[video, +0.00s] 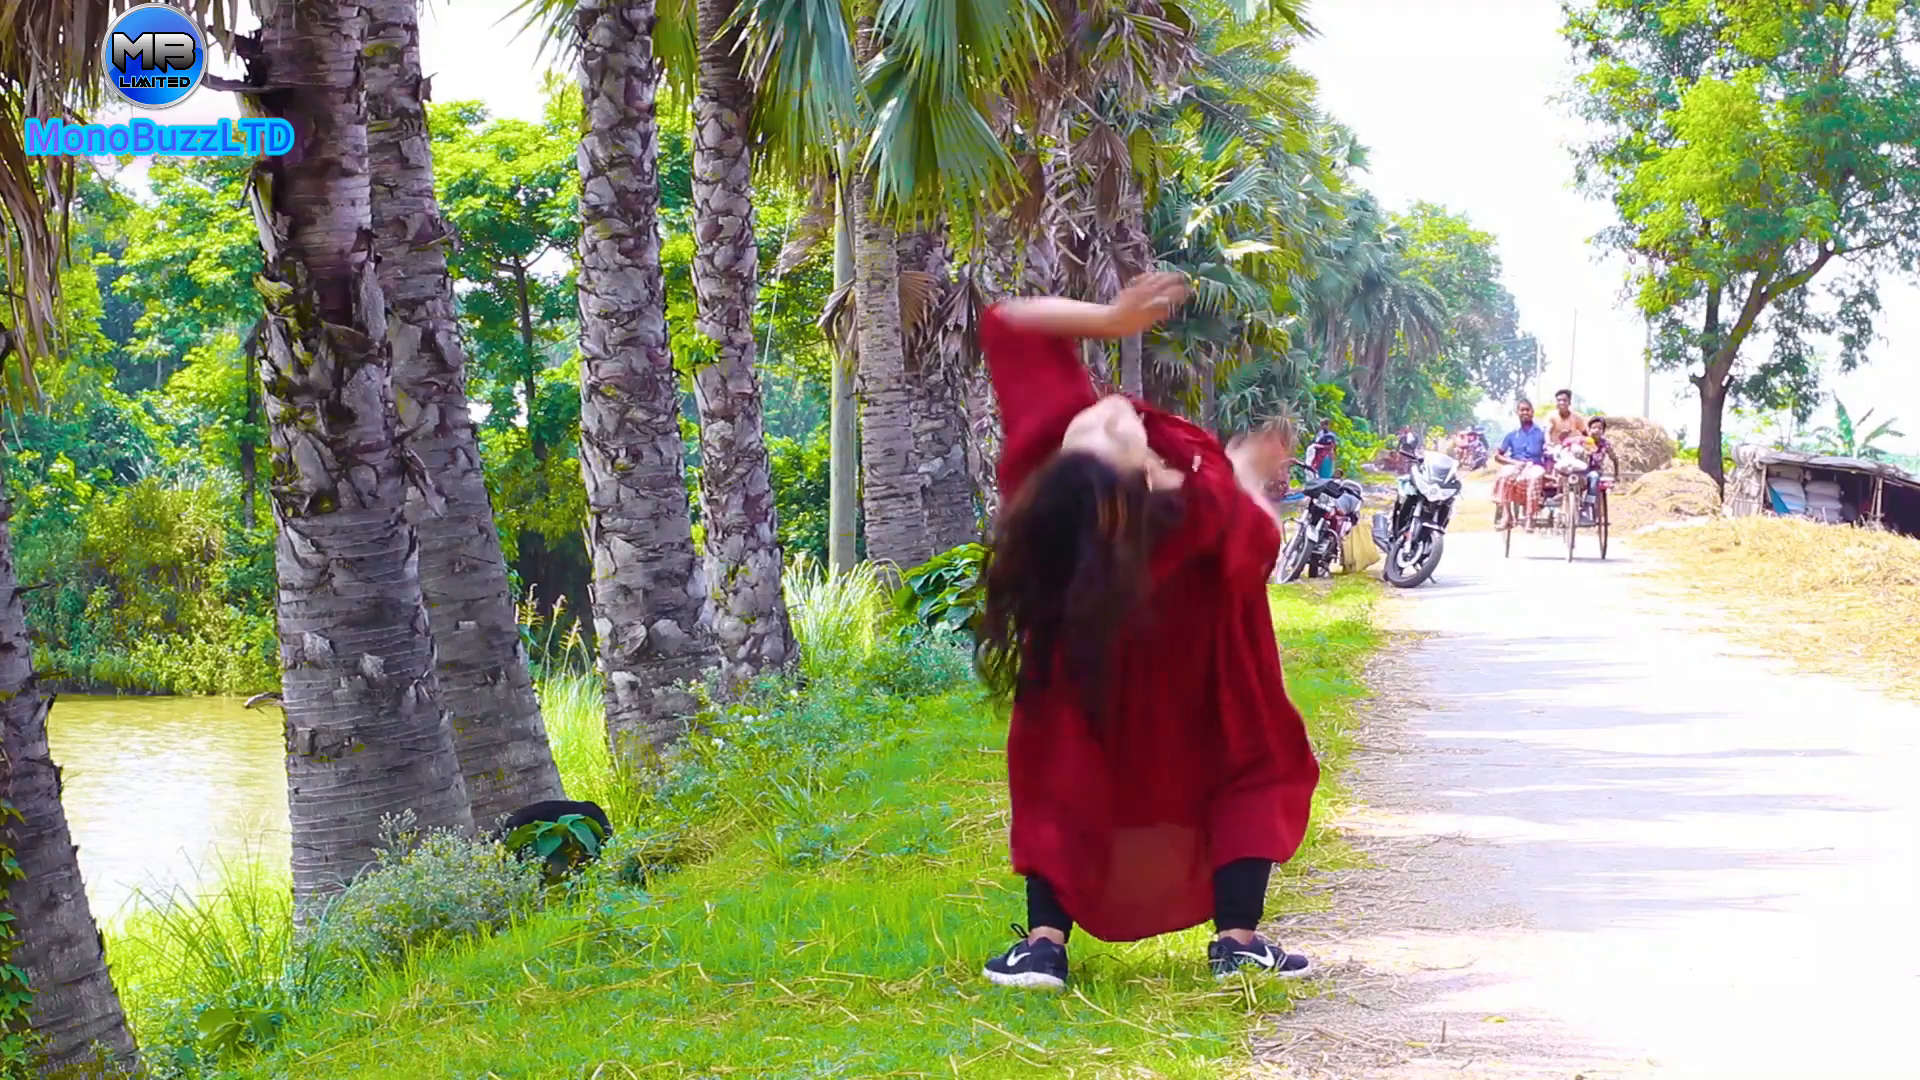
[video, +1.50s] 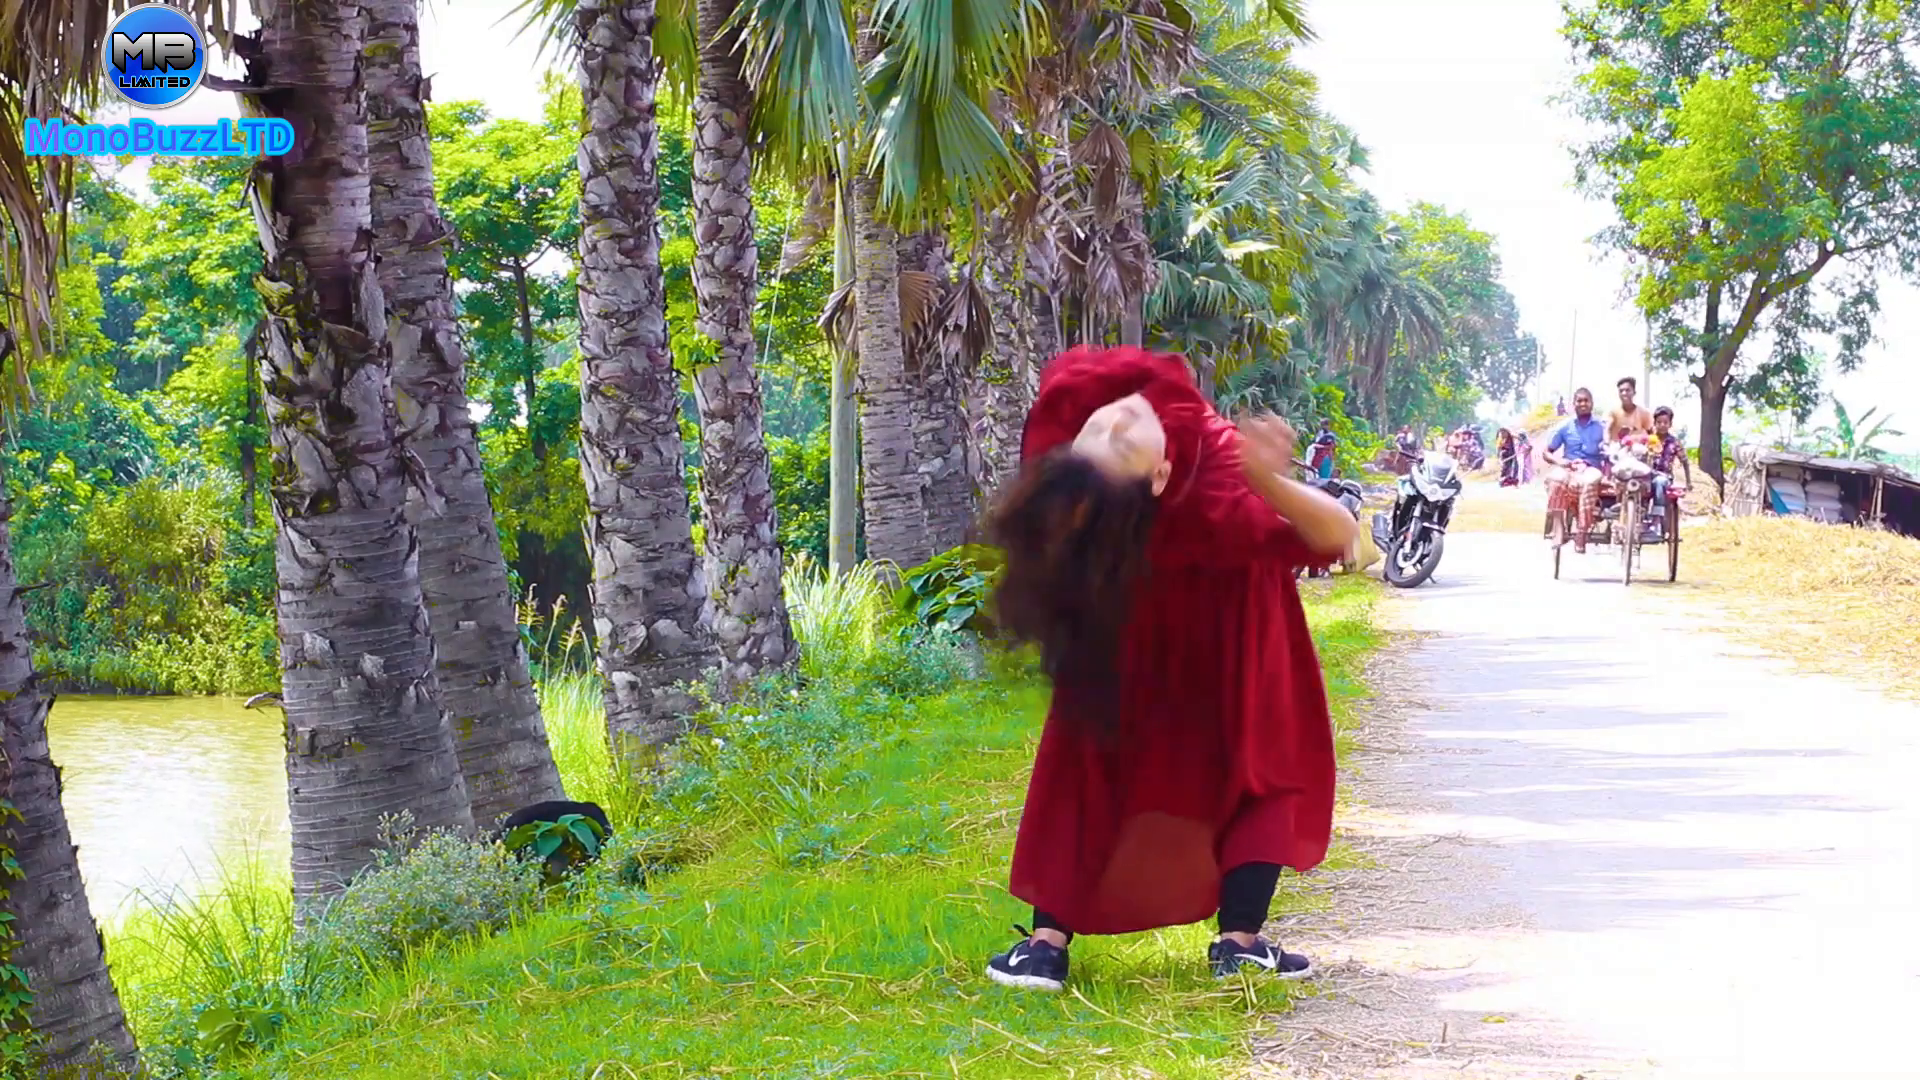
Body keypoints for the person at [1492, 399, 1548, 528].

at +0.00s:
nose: (1525, 413)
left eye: (1527, 410)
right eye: (1522, 410)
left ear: (1532, 412)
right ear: (1517, 413)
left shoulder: (1540, 434)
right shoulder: (1512, 435)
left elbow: (1547, 455)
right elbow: (1498, 455)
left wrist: (1548, 472)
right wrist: (1514, 462)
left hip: (1534, 464)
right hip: (1516, 463)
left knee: (1535, 477)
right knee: (1503, 476)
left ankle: (1529, 517)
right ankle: (1506, 515)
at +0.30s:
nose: (1538, 412)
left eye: (1541, 408)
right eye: (1535, 409)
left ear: (1546, 411)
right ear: (1531, 412)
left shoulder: (1553, 433)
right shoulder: (1525, 434)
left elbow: (1561, 456)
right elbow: (1509, 455)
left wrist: (1561, 474)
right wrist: (1526, 460)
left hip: (1546, 466)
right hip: (1527, 465)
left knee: (1547, 478)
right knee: (1514, 477)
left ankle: (1541, 520)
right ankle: (1516, 517)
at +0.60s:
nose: (1550, 410)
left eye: (1554, 407)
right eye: (1547, 407)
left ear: (1559, 409)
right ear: (1543, 409)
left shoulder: (1566, 431)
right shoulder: (1536, 430)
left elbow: (1573, 453)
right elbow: (1520, 455)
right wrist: (1537, 461)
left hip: (1558, 464)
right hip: (1538, 463)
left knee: (1559, 480)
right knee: (1524, 480)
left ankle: (1552, 522)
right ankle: (1529, 522)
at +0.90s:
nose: (1562, 408)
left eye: (1566, 404)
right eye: (1559, 405)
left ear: (1571, 407)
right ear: (1554, 407)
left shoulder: (1579, 429)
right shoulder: (1547, 429)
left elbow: (1585, 450)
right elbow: (1528, 453)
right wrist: (1546, 459)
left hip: (1571, 465)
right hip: (1549, 464)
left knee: (1570, 481)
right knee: (1534, 479)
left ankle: (1563, 526)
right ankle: (1539, 525)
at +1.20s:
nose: (1573, 406)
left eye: (1576, 402)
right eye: (1569, 403)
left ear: (1582, 405)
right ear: (1564, 406)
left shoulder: (1590, 429)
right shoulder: (1557, 427)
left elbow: (1596, 451)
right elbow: (1537, 453)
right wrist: (1553, 458)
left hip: (1581, 465)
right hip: (1559, 463)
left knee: (1580, 481)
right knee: (1546, 479)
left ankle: (1574, 526)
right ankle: (1547, 524)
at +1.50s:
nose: (1582, 404)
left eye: (1586, 400)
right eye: (1579, 401)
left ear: (1592, 403)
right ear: (1574, 404)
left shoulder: (1600, 427)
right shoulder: (1567, 427)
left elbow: (1606, 450)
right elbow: (1546, 453)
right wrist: (1560, 461)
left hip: (1591, 466)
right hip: (1568, 465)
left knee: (1590, 483)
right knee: (1555, 480)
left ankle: (1582, 531)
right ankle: (1558, 529)